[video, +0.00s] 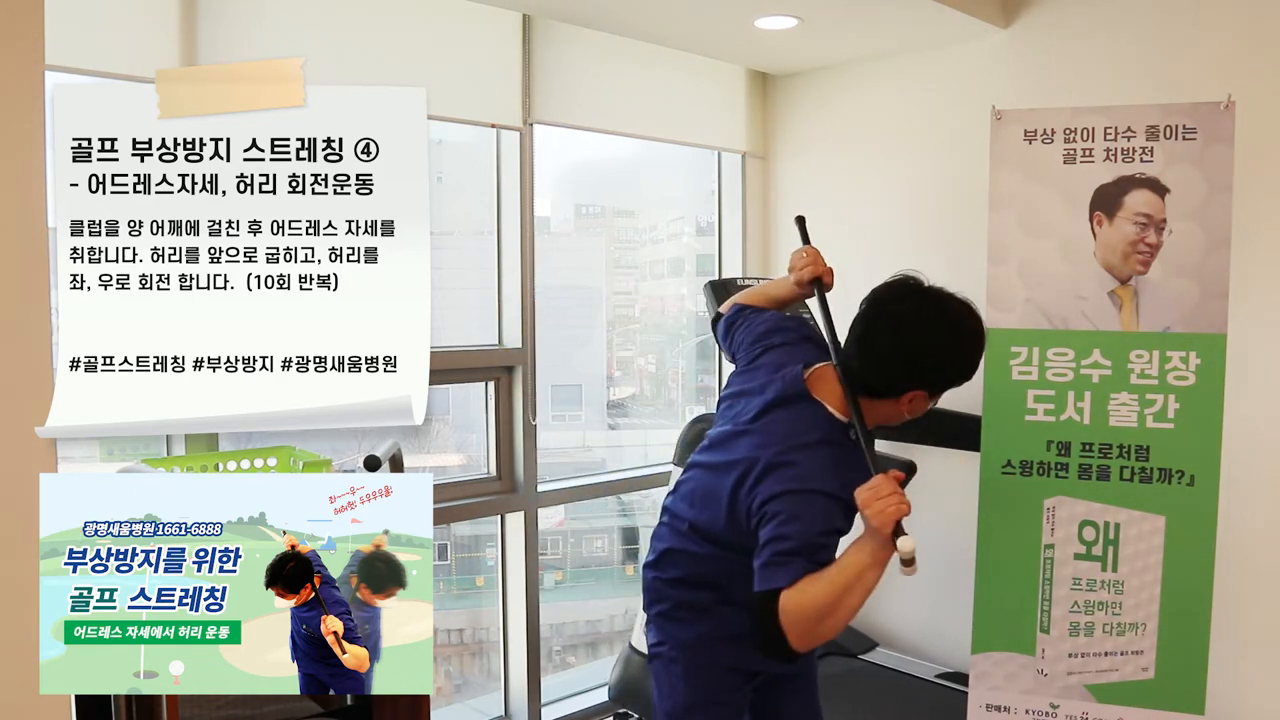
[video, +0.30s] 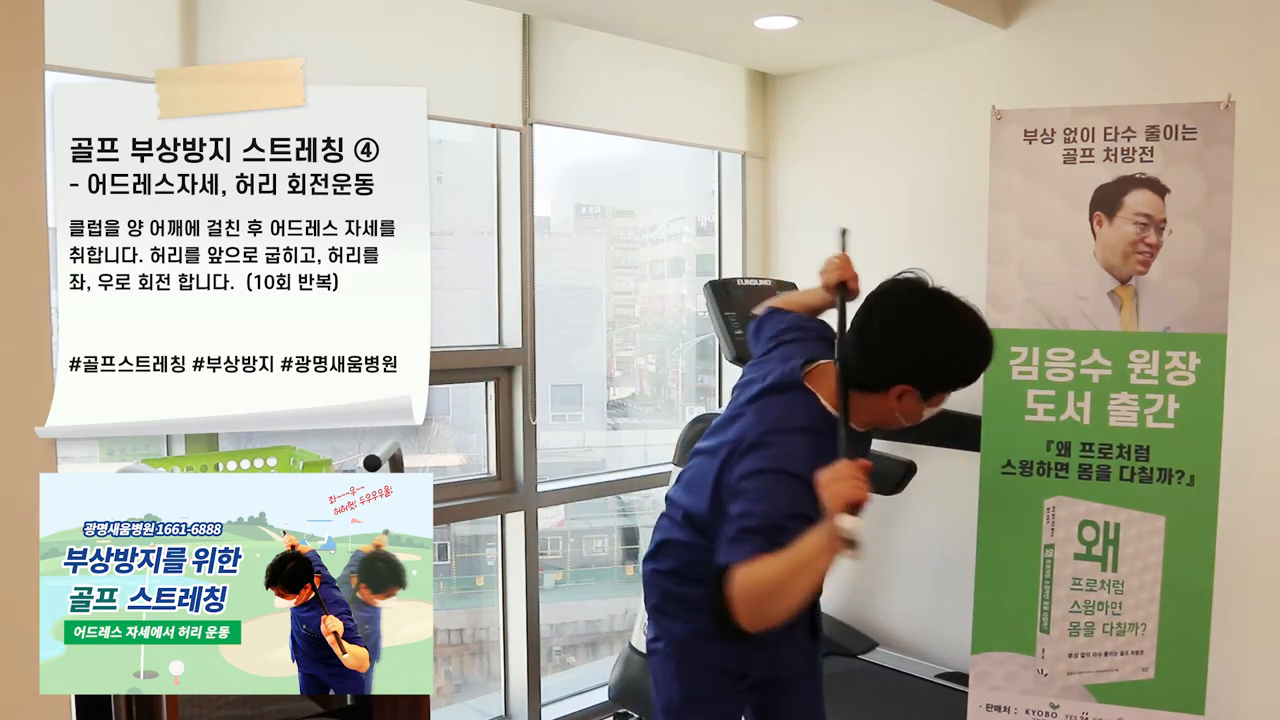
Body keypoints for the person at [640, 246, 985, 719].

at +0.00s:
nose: (933, 402)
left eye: (941, 392)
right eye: (938, 393)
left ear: (860, 334)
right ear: (912, 403)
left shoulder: (786, 344)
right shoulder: (810, 478)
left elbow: (734, 311)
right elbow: (794, 629)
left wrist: (793, 285)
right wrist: (874, 542)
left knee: (795, 709)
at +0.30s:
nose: (936, 406)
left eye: (942, 396)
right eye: (937, 397)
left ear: (862, 341)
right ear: (900, 398)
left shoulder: (803, 345)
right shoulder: (781, 448)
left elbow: (768, 311)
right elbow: (751, 608)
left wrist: (825, 293)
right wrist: (833, 522)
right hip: (697, 614)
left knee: (796, 706)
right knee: (704, 709)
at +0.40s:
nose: (939, 411)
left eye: (944, 400)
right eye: (937, 401)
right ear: (887, 398)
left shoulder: (819, 353)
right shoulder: (760, 438)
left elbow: (800, 322)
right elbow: (702, 587)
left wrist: (853, 304)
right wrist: (791, 518)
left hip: (789, 608)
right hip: (698, 631)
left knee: (797, 709)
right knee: (698, 710)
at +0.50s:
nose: (894, 430)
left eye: (904, 423)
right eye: (895, 419)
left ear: (854, 388)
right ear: (853, 392)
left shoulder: (851, 401)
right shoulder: (745, 411)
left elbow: (923, 427)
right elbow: (624, 531)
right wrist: (711, 476)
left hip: (796, 630)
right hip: (694, 637)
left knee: (801, 711)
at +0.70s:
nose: (839, 456)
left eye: (854, 440)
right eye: (825, 438)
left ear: (872, 415)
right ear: (777, 388)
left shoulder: (863, 420)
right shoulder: (691, 398)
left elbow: (919, 447)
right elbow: (556, 429)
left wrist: (944, 415)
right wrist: (618, 398)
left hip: (792, 623)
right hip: (679, 625)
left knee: (802, 712)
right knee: (671, 711)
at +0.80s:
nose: (800, 454)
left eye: (819, 442)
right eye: (786, 437)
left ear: (845, 417)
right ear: (749, 392)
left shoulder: (866, 427)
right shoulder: (679, 393)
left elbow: (930, 476)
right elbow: (552, 402)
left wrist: (941, 443)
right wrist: (594, 374)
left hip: (789, 624)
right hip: (674, 623)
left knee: (802, 711)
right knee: (670, 710)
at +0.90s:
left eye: (762, 439)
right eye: (724, 433)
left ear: (795, 418)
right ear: (707, 396)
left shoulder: (845, 441)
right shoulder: (657, 376)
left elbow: (929, 515)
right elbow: (565, 373)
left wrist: (924, 474)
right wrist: (582, 349)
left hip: (782, 622)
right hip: (665, 616)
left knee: (797, 710)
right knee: (661, 711)